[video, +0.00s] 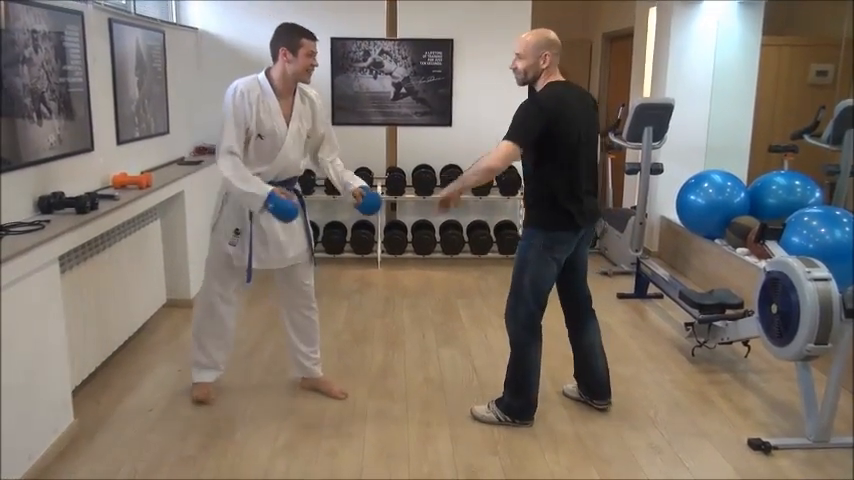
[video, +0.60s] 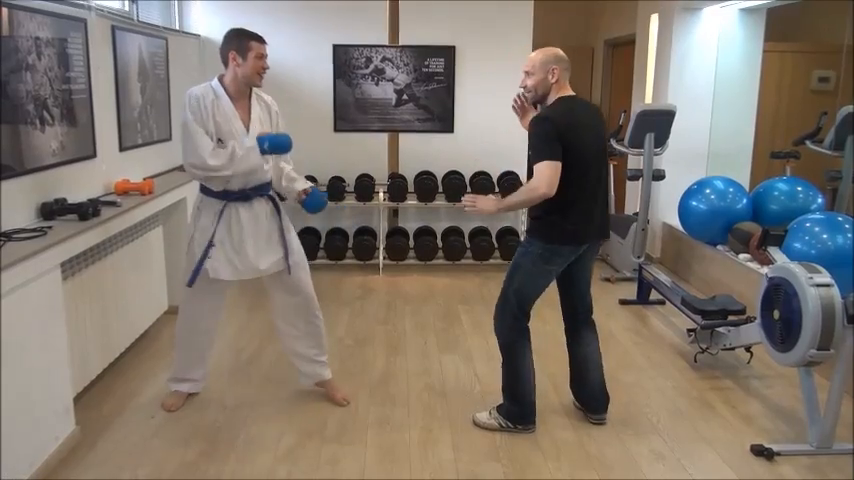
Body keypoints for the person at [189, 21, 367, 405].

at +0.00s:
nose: (316, 63)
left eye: (316, 56)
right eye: (310, 56)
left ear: (296, 58)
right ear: (284, 55)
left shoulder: (311, 99)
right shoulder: (244, 92)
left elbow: (326, 154)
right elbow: (227, 160)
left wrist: (354, 186)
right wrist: (267, 193)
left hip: (286, 200)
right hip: (241, 199)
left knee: (301, 287)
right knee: (221, 288)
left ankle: (310, 372)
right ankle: (205, 375)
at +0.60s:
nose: (266, 66)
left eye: (266, 59)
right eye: (259, 59)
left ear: (247, 62)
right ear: (233, 60)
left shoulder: (266, 106)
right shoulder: (200, 99)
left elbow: (277, 164)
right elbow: (198, 162)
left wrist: (301, 189)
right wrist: (256, 148)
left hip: (265, 209)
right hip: (217, 212)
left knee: (301, 293)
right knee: (201, 300)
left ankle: (319, 375)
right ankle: (184, 382)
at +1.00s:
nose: (284, 82)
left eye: (287, 75)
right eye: (279, 73)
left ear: (267, 73)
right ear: (255, 69)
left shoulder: (286, 111)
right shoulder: (219, 107)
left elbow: (319, 161)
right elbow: (233, 160)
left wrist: (344, 136)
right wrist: (272, 120)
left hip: (286, 215)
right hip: (238, 218)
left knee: (316, 303)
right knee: (212, 304)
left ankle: (332, 379)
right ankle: (189, 385)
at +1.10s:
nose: (287, 88)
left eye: (290, 82)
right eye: (283, 80)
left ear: (269, 79)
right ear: (258, 74)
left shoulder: (286, 114)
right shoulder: (220, 108)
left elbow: (307, 174)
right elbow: (230, 163)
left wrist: (327, 152)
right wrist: (272, 123)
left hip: (282, 218)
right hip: (234, 219)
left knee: (324, 297)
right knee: (210, 304)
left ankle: (333, 380)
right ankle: (188, 386)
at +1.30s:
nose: (286, 103)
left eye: (289, 96)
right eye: (282, 94)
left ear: (263, 91)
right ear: (258, 86)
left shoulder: (283, 127)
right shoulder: (217, 121)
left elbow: (306, 182)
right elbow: (228, 178)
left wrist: (332, 170)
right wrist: (271, 141)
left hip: (282, 227)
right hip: (233, 229)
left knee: (329, 301)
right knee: (202, 314)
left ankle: (335, 383)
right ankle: (182, 393)